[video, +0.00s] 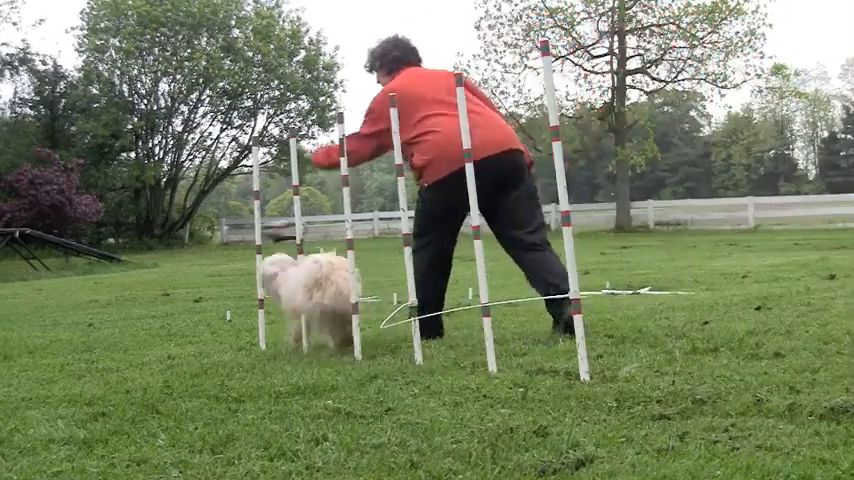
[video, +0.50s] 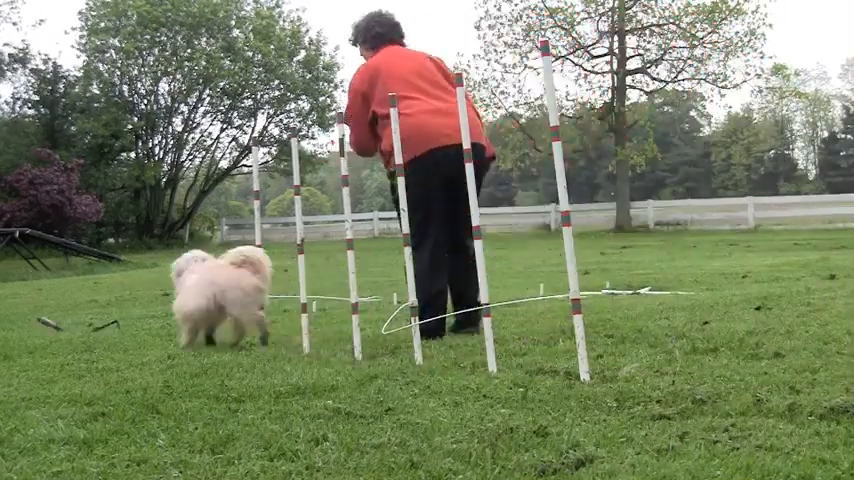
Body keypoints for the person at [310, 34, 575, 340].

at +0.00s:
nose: (379, 83)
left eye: (378, 76)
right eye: (377, 77)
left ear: (388, 68)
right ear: (414, 61)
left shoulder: (389, 96)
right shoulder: (454, 76)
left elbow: (361, 145)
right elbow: (493, 111)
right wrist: (520, 153)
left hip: (446, 166)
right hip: (503, 152)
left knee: (431, 247)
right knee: (529, 239)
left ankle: (429, 326)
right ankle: (566, 309)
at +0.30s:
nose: (359, 74)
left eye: (359, 68)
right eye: (357, 69)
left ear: (368, 59)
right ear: (394, 52)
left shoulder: (368, 82)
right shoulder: (430, 67)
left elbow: (361, 153)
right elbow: (460, 101)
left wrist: (342, 150)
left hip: (429, 152)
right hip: (481, 141)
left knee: (427, 241)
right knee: (486, 230)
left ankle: (430, 324)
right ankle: (525, 289)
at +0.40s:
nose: (362, 66)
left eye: (361, 60)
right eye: (360, 61)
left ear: (366, 53)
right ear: (396, 44)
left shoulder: (366, 79)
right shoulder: (429, 62)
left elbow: (362, 149)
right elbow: (465, 101)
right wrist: (486, 146)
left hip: (426, 151)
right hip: (476, 142)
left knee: (428, 241)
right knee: (471, 230)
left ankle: (431, 325)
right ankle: (499, 302)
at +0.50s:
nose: (361, 55)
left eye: (361, 49)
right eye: (360, 49)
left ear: (369, 44)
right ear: (398, 39)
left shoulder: (366, 73)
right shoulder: (431, 60)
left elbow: (363, 146)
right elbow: (464, 101)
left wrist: (378, 124)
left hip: (423, 153)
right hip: (474, 147)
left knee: (427, 238)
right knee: (461, 234)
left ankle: (431, 326)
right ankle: (468, 317)